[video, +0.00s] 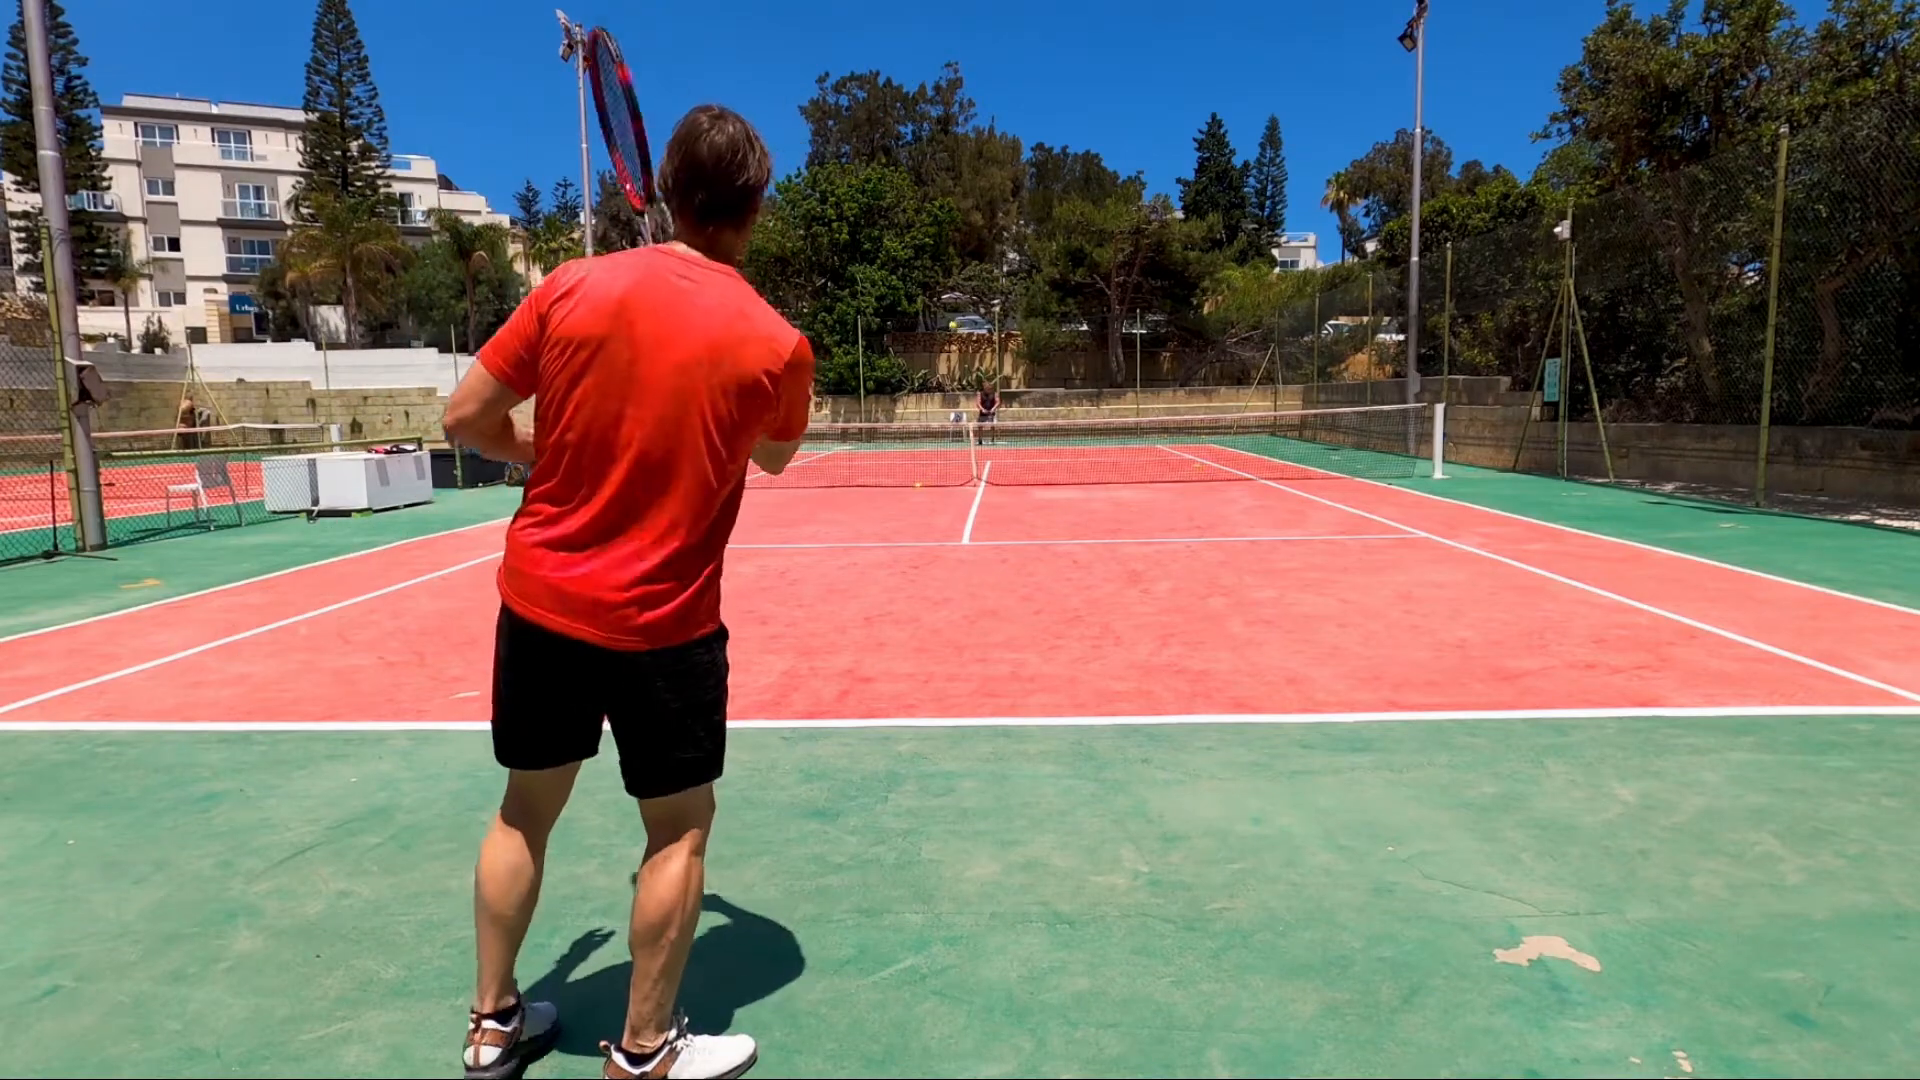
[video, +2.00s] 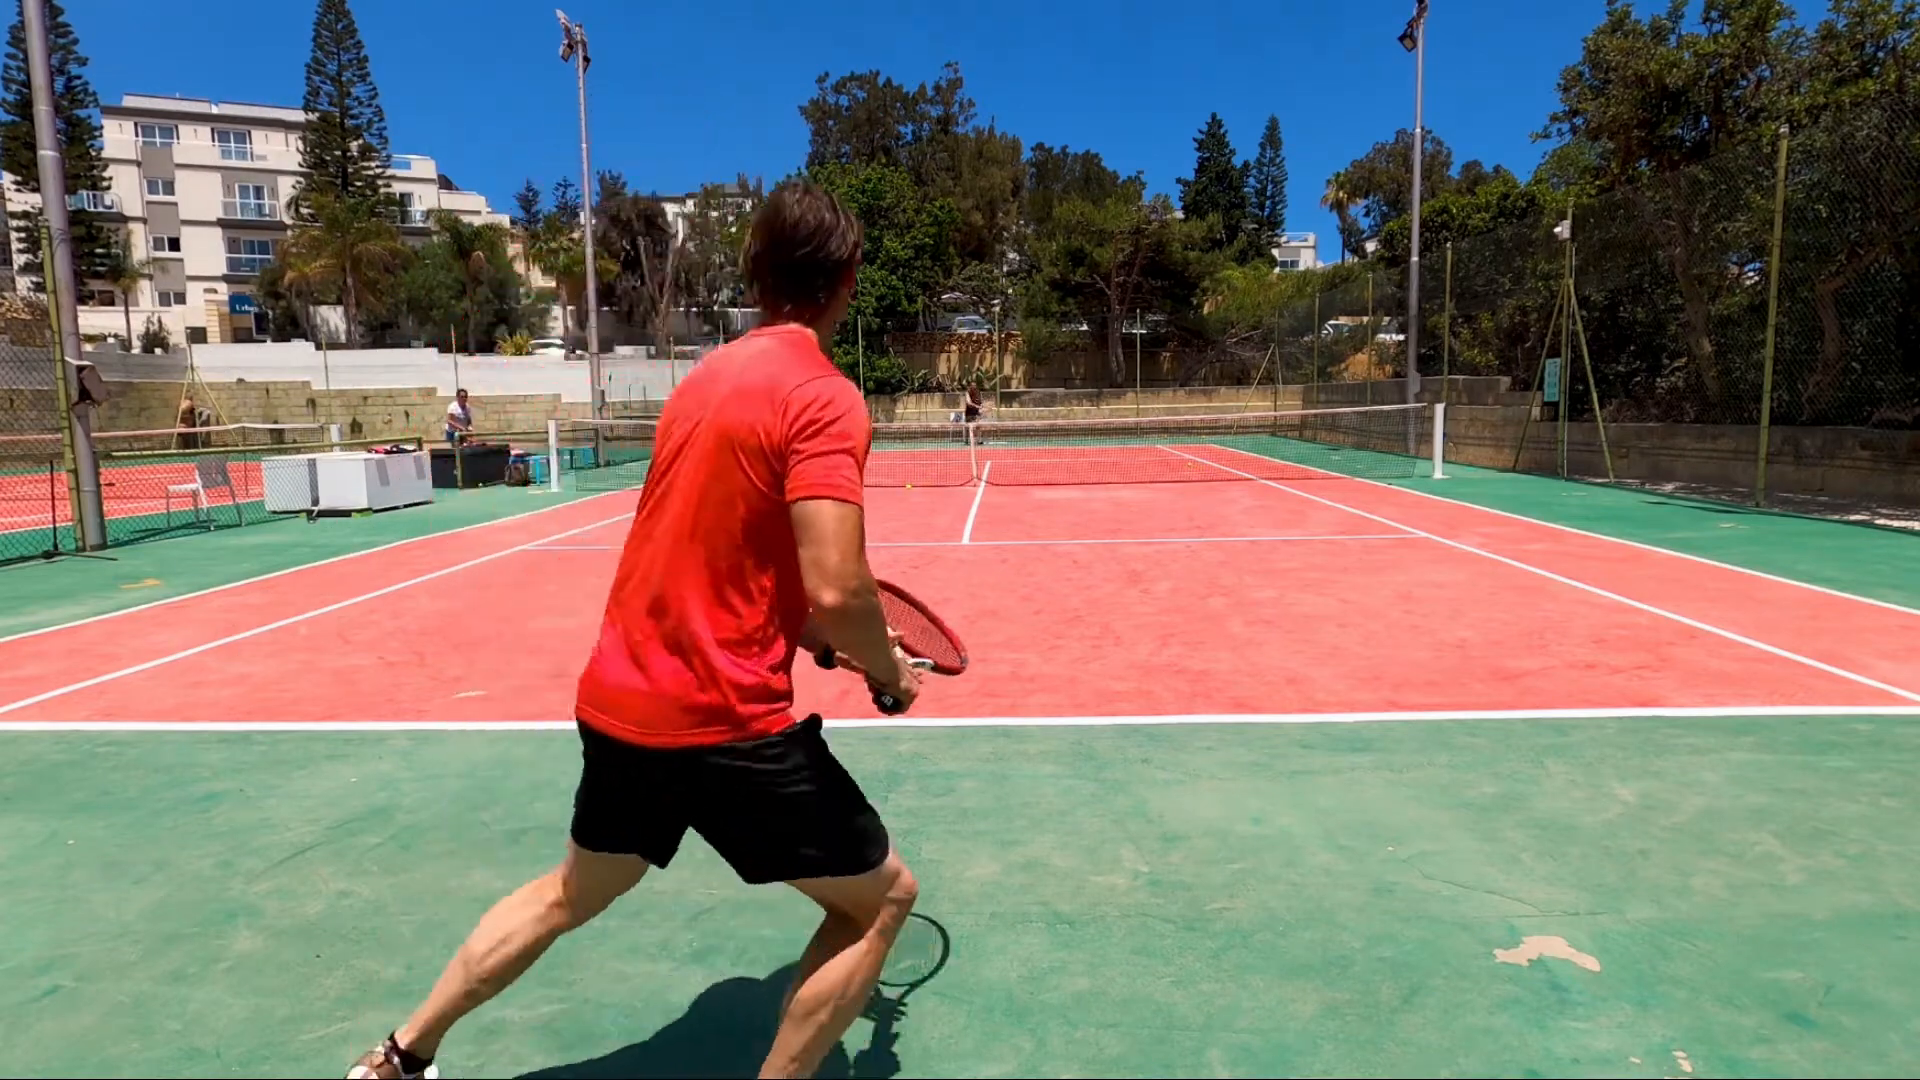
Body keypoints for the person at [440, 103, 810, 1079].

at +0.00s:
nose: (750, 211)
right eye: (756, 198)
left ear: (660, 196)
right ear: (757, 206)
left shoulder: (575, 288)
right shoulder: (774, 343)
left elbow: (467, 415)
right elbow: (772, 454)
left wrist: (548, 453)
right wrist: (694, 391)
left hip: (542, 609)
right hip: (669, 629)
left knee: (523, 809)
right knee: (676, 834)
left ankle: (491, 1018)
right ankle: (646, 1044)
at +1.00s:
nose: (667, 206)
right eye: (668, 192)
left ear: (574, 196)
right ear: (667, 198)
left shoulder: (514, 310)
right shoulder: (719, 308)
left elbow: (465, 471)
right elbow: (765, 465)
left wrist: (559, 471)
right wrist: (708, 517)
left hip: (561, 613)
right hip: (694, 606)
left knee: (547, 818)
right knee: (753, 803)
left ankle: (532, 1030)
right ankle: (774, 1033)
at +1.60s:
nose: (682, 211)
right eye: (680, 198)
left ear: (577, 209)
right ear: (672, 210)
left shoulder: (502, 323)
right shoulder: (719, 324)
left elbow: (450, 481)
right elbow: (779, 484)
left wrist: (546, 509)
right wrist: (699, 530)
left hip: (527, 642)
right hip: (667, 642)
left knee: (469, 838)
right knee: (751, 851)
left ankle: (378, 1052)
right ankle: (771, 1070)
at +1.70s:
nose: (676, 287)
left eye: (669, 271)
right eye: (673, 273)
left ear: (568, 283)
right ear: (663, 285)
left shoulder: (498, 389)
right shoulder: (689, 397)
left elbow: (449, 554)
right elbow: (752, 566)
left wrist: (545, 578)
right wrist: (695, 615)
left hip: (498, 708)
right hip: (637, 710)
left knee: (457, 877)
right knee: (769, 865)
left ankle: (362, 1069)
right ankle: (764, 1072)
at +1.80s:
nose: (695, 322)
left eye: (689, 306)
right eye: (693, 308)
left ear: (589, 316)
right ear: (682, 320)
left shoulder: (522, 426)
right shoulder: (686, 434)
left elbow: (520, 575)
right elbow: (735, 608)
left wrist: (669, 617)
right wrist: (731, 654)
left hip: (488, 740)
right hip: (620, 742)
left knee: (463, 880)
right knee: (810, 860)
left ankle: (360, 1068)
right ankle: (763, 1072)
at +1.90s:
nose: (757, 323)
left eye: (755, 309)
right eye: (754, 309)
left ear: (657, 316)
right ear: (743, 318)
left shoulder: (598, 414)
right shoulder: (732, 426)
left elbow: (597, 596)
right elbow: (763, 607)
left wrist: (718, 642)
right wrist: (788, 672)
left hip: (526, 733)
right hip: (651, 740)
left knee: (491, 891)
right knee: (847, 867)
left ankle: (363, 1070)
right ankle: (785, 1072)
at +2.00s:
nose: (858, 286)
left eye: (853, 271)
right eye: (855, 272)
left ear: (758, 277)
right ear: (843, 282)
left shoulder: (705, 377)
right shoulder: (823, 398)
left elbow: (707, 541)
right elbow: (835, 590)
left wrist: (808, 622)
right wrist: (886, 669)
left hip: (618, 701)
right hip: (725, 720)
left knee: (582, 881)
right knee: (876, 900)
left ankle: (402, 1053)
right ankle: (782, 1074)